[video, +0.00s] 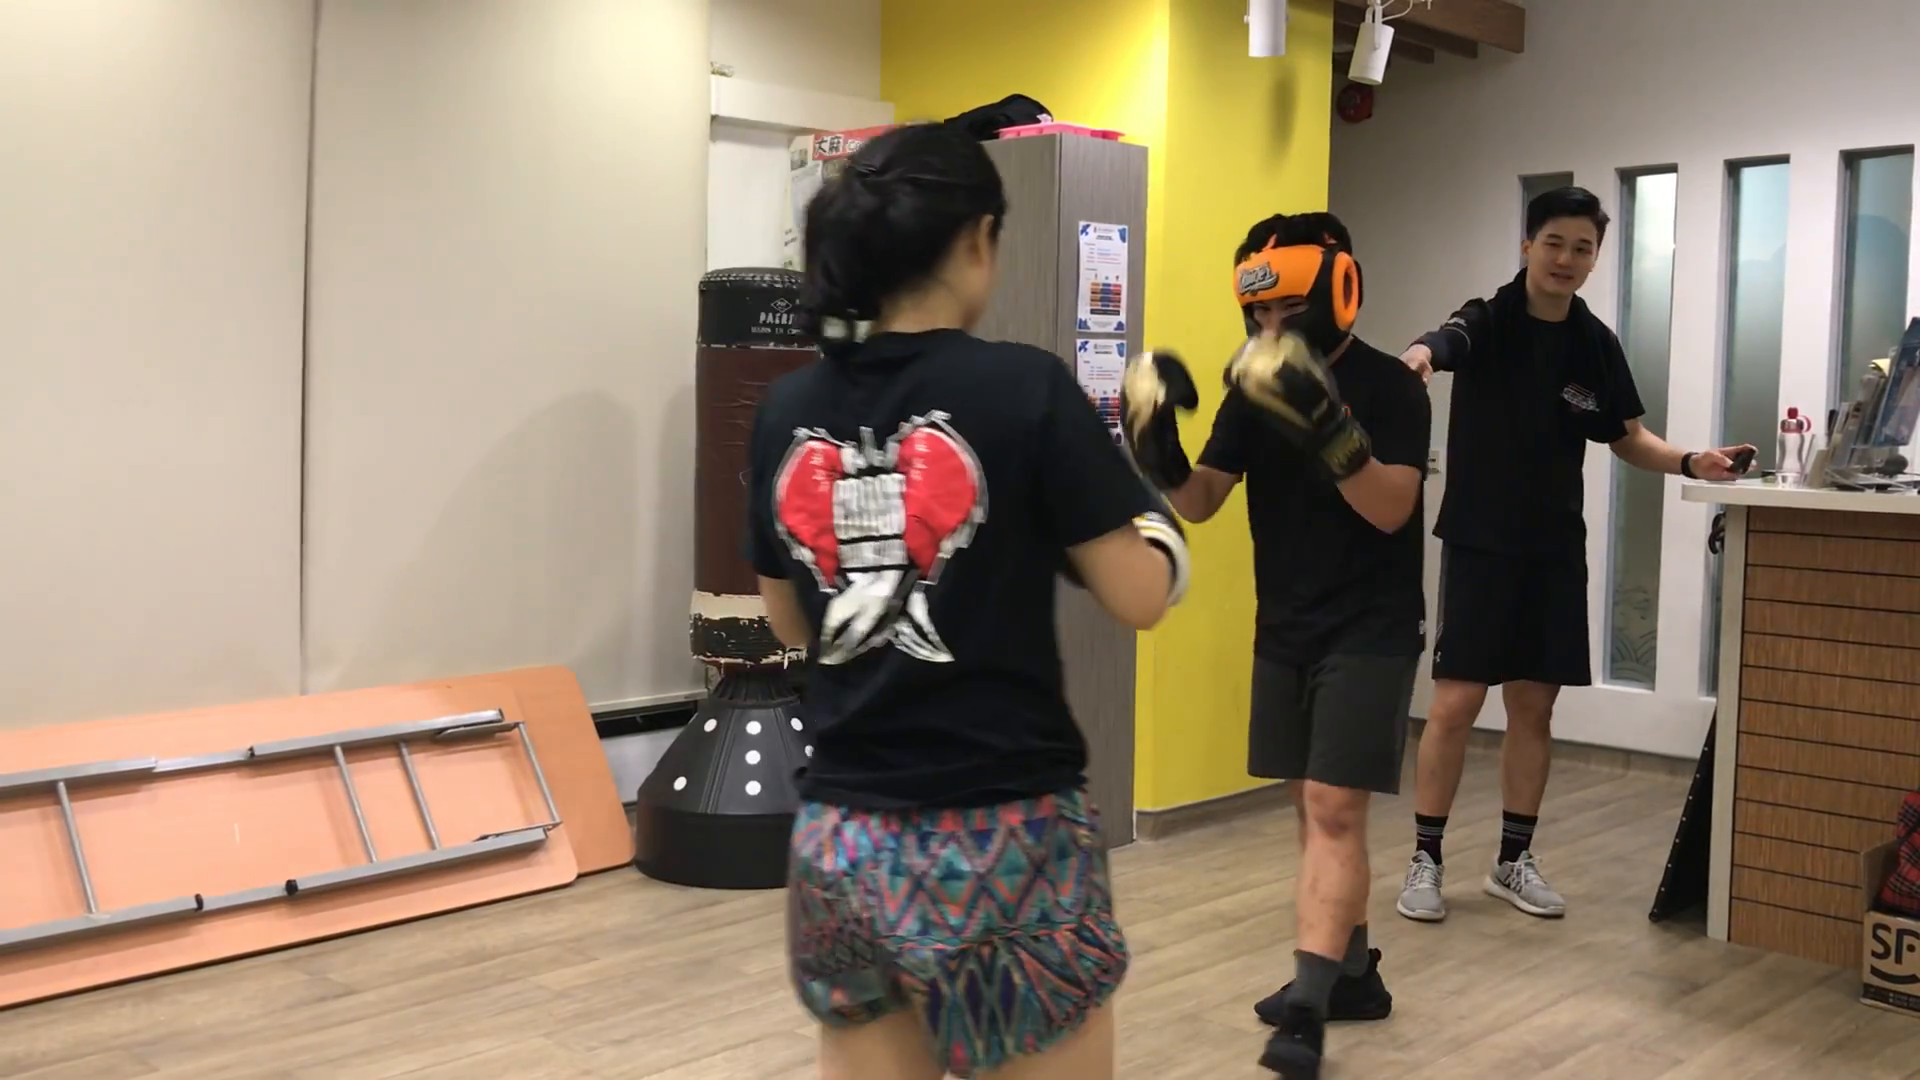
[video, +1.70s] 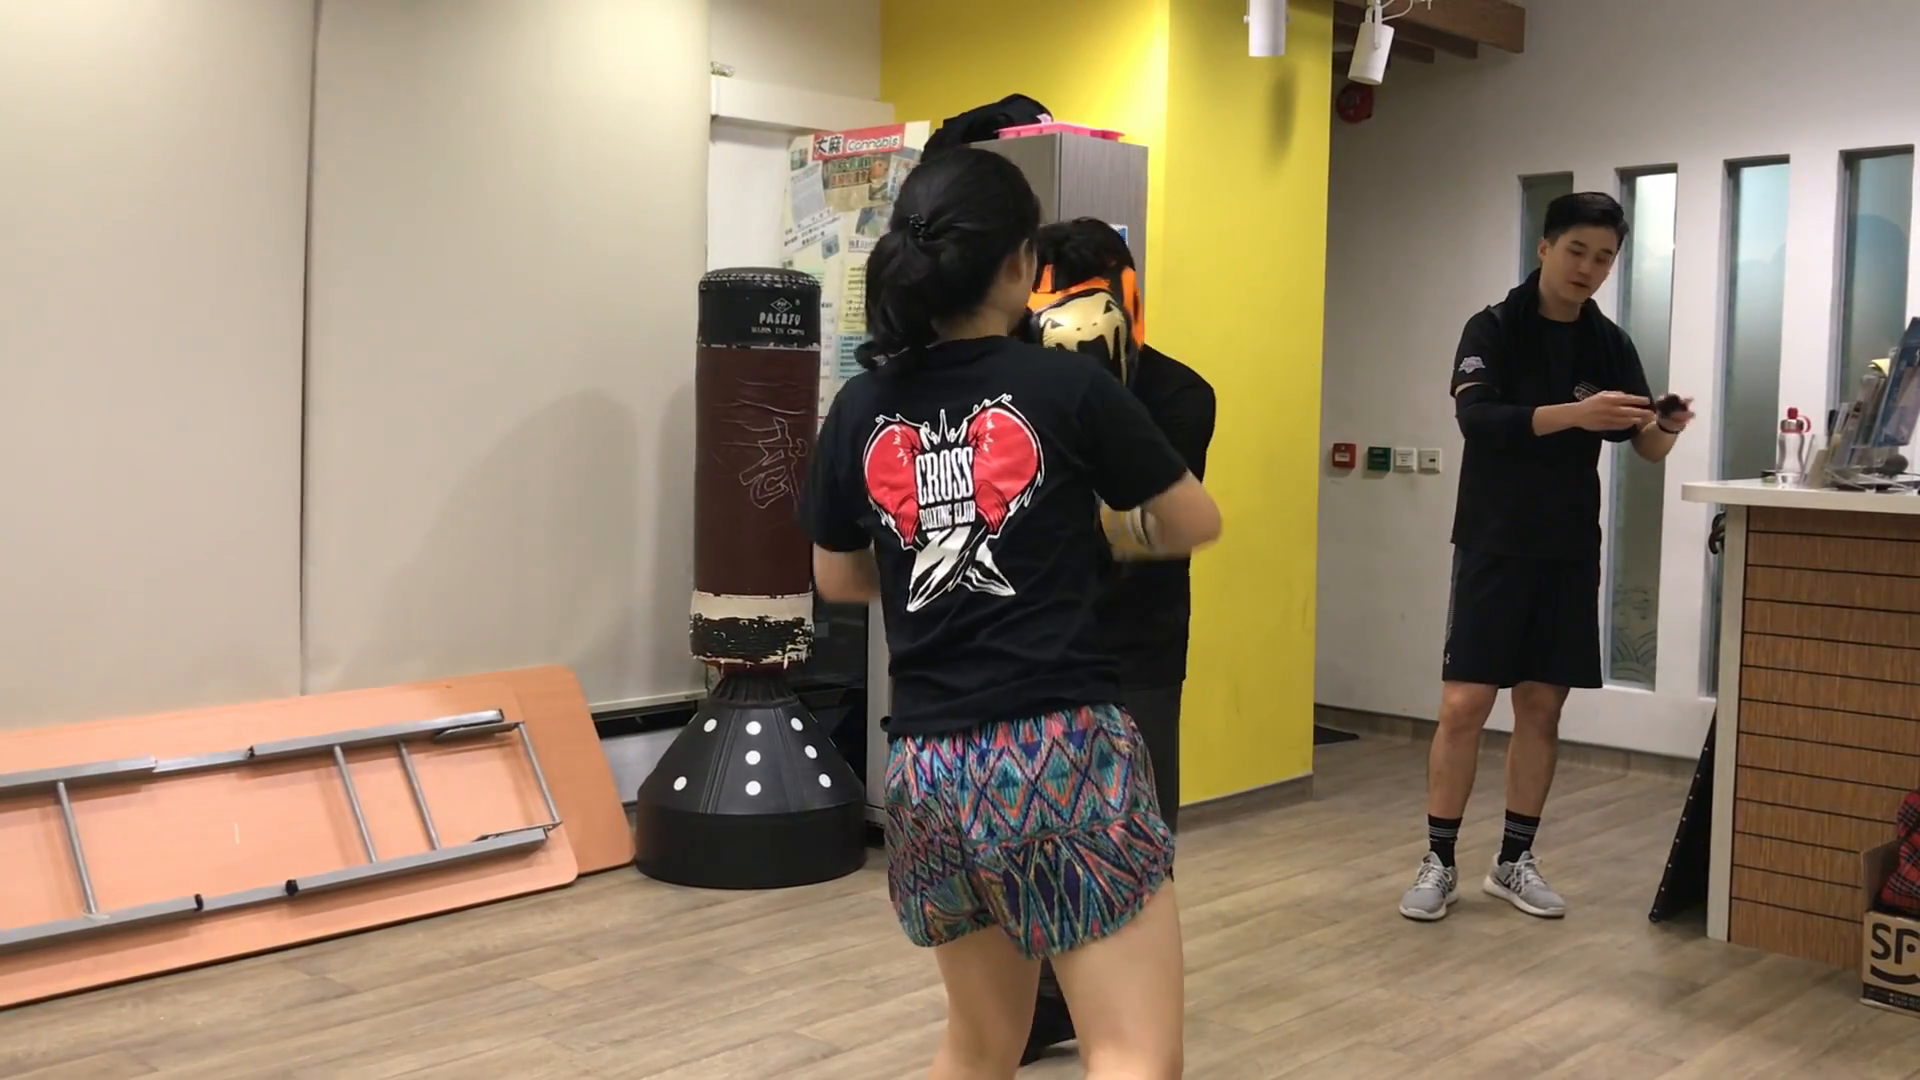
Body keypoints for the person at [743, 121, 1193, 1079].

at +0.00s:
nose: (994, 271)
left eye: (992, 244)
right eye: (994, 243)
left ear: (853, 246)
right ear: (971, 246)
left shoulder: (787, 410)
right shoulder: (1024, 388)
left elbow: (794, 620)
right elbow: (1142, 596)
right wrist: (1145, 489)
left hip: (840, 838)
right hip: (1007, 839)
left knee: (868, 1064)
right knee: (1048, 1061)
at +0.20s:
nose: (1085, 266)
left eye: (1083, 243)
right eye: (1084, 243)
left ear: (939, 246)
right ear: (1067, 249)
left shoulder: (879, 406)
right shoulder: (1129, 403)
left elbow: (867, 613)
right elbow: (1228, 602)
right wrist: (1196, 467)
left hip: (930, 827)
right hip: (1100, 826)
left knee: (939, 1066)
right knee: (1107, 1061)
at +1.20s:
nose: (1041, 266)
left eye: (1032, 251)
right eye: (1034, 251)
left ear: (908, 264)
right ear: (1024, 263)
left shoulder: (877, 401)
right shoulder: (1088, 379)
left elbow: (873, 519)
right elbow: (1182, 476)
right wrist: (1130, 374)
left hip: (930, 754)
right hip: (1074, 747)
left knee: (975, 1038)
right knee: (1138, 1050)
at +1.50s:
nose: (1027, 265)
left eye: (1021, 251)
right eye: (1022, 250)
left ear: (898, 260)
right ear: (1010, 261)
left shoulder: (867, 403)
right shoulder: (1060, 370)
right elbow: (1154, 441)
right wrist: (1090, 359)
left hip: (924, 742)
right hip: (1060, 731)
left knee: (975, 1036)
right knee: (1108, 1048)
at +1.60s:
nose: (1026, 265)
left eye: (1021, 247)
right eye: (1021, 247)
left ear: (902, 257)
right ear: (1007, 257)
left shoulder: (865, 398)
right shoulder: (1060, 371)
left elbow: (857, 533)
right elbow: (1175, 470)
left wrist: (948, 514)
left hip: (928, 750)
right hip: (1065, 738)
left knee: (977, 1036)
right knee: (1118, 1048)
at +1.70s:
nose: (1036, 270)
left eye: (1031, 252)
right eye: (1033, 252)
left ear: (906, 257)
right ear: (1019, 263)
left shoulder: (863, 405)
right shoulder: (1066, 384)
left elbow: (838, 576)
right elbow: (1194, 519)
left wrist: (939, 547)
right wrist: (1097, 536)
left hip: (927, 759)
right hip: (1067, 746)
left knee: (977, 1042)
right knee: (1131, 1053)